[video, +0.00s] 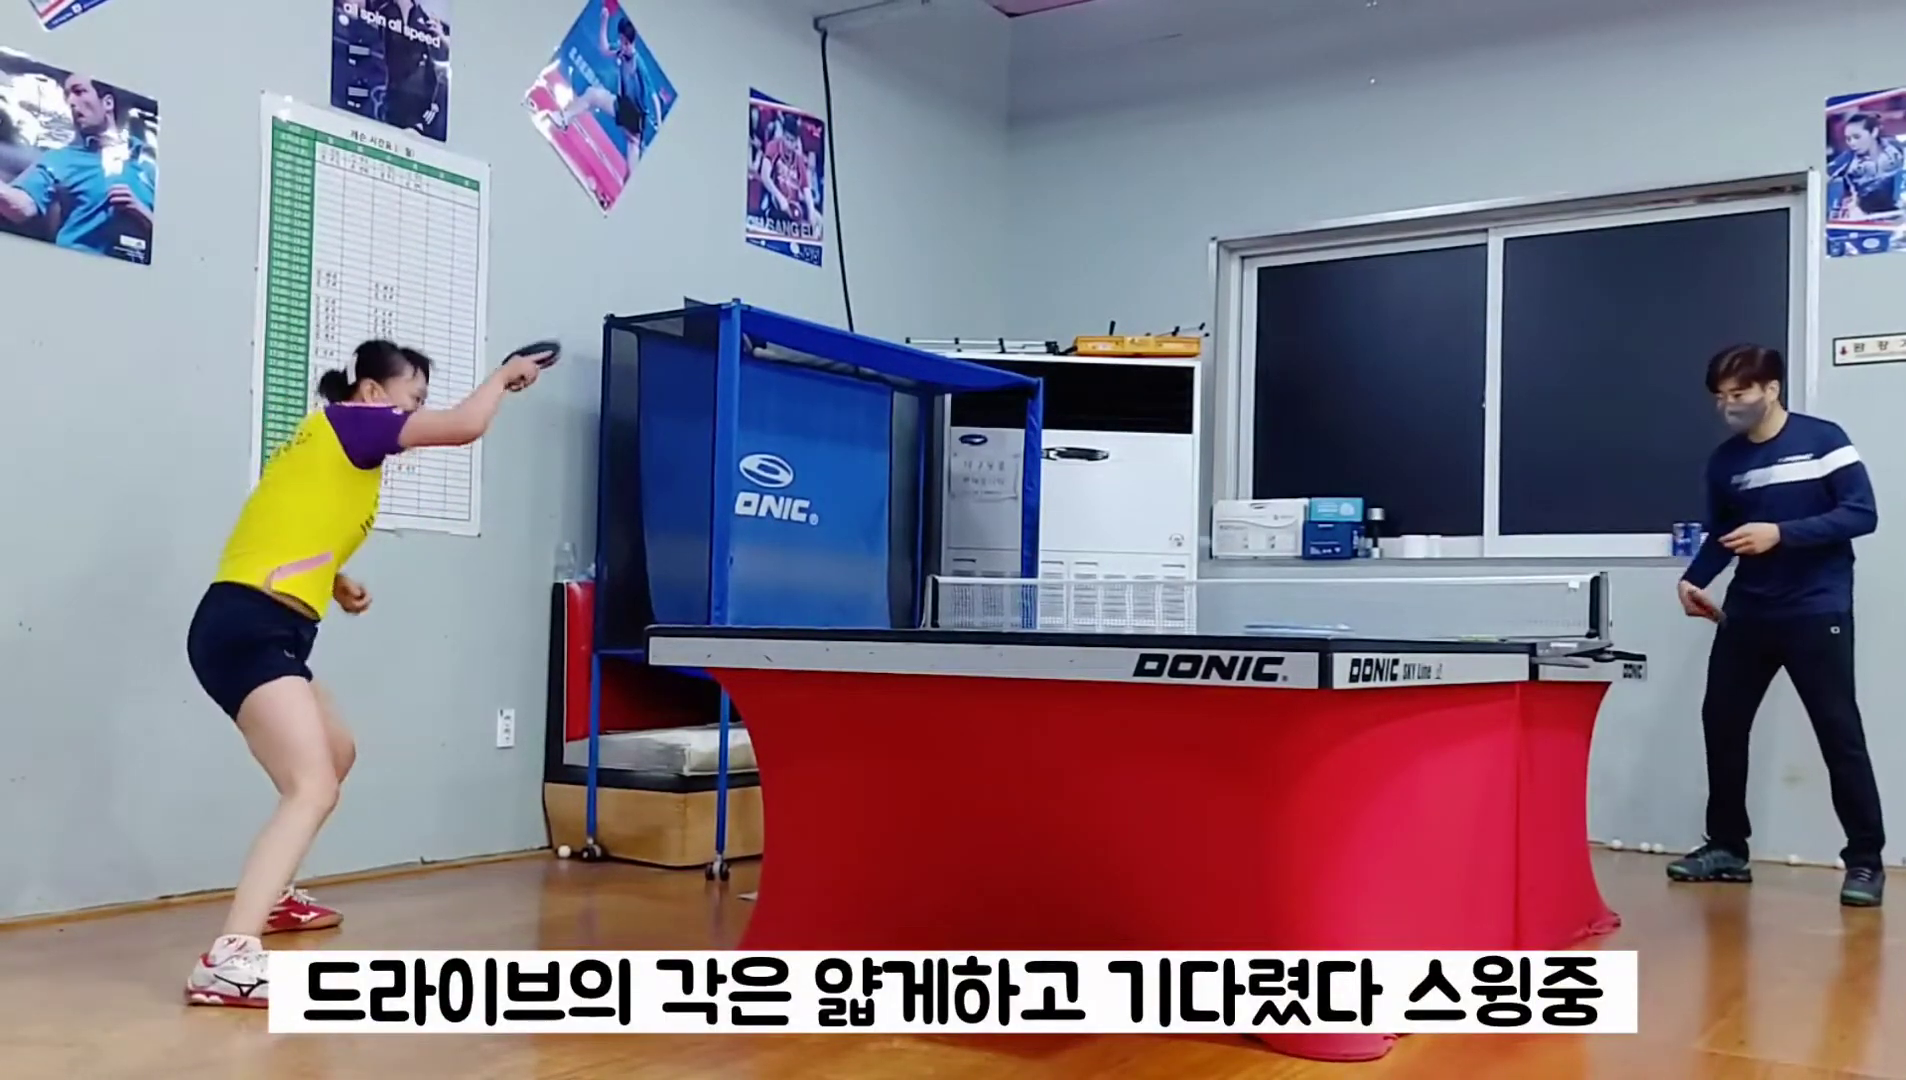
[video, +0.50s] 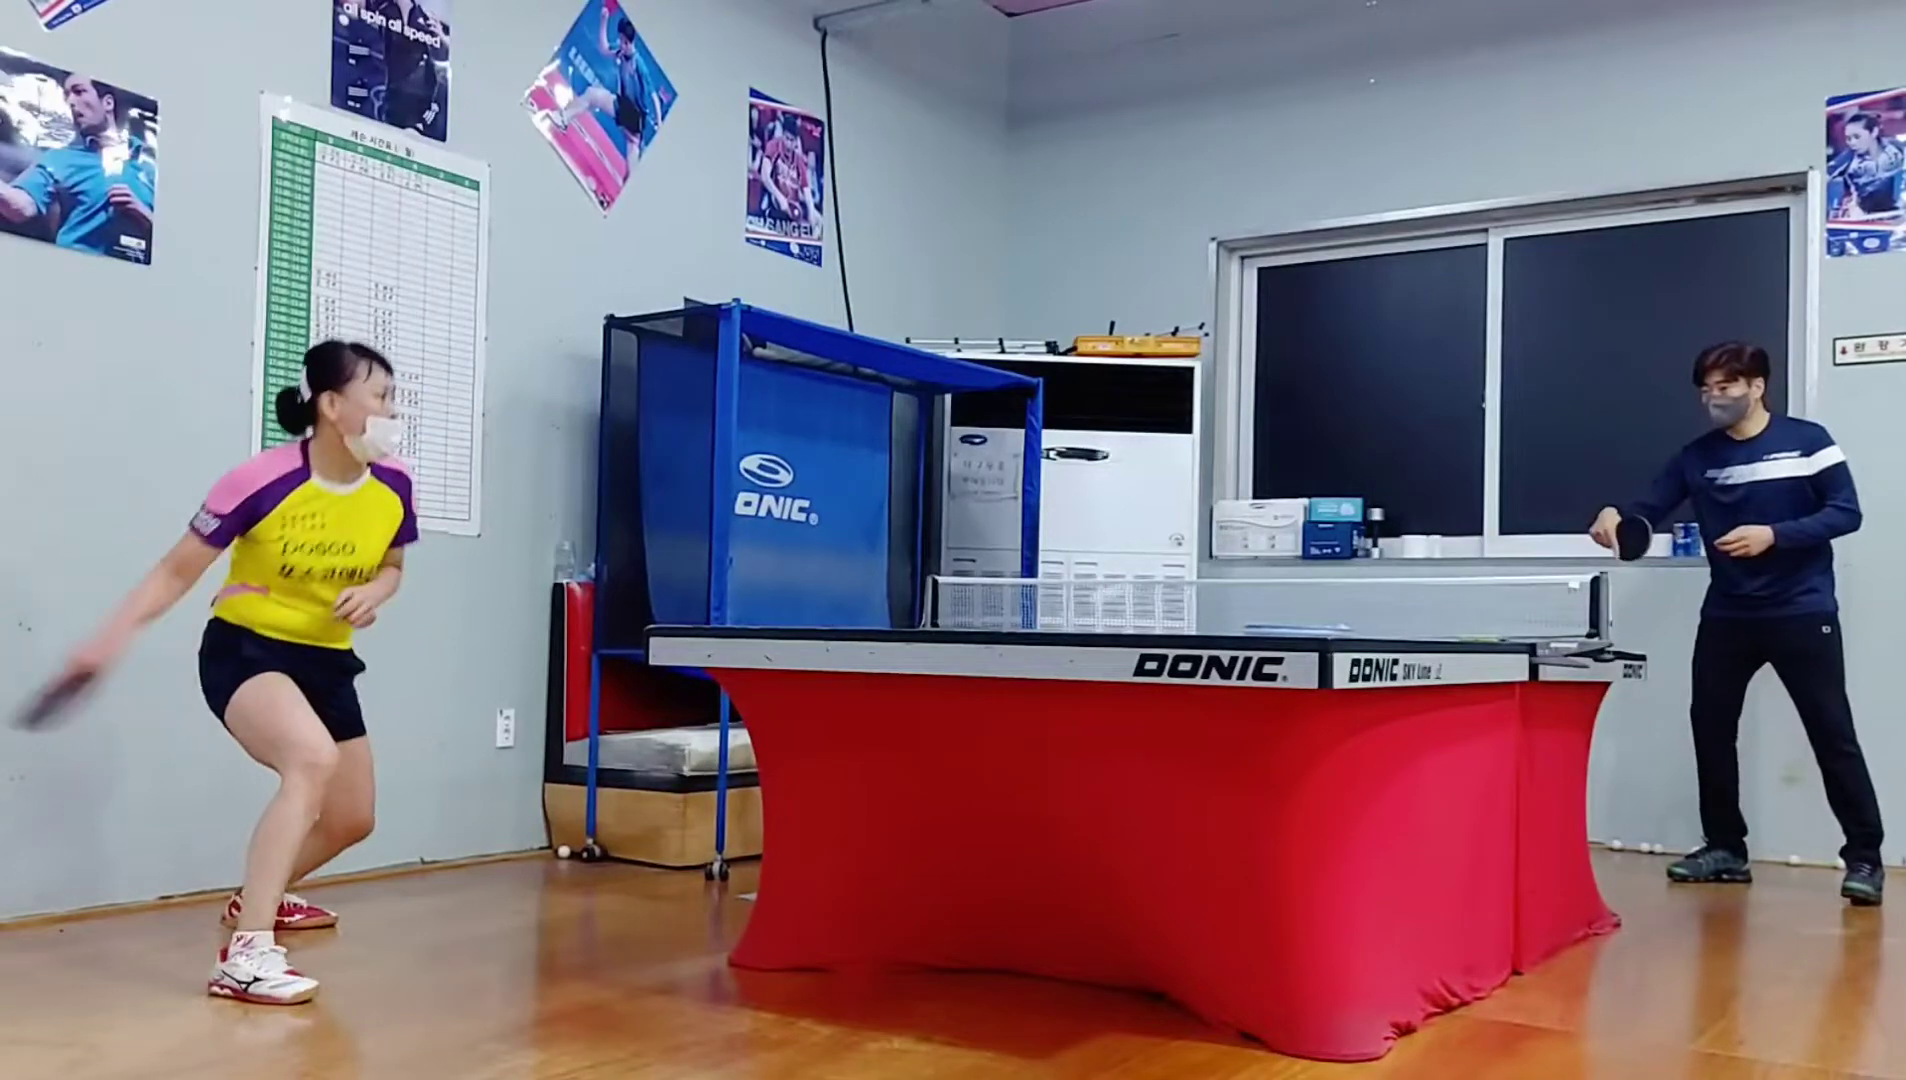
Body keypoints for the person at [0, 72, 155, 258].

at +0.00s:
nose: (71, 101)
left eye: (79, 91)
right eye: (67, 96)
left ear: (108, 103)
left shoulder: (149, 165)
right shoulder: (60, 159)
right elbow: (20, 207)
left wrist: (142, 212)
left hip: (134, 270)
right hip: (74, 261)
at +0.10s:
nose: (71, 101)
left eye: (79, 91)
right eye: (67, 96)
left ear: (108, 103)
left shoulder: (149, 165)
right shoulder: (59, 159)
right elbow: (20, 207)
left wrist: (142, 212)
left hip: (134, 270)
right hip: (74, 260)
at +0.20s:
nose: (71, 101)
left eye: (79, 91)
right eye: (67, 96)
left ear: (108, 103)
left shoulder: (149, 165)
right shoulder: (60, 159)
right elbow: (20, 207)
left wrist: (142, 212)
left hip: (134, 270)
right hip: (74, 260)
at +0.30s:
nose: (70, 101)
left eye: (79, 91)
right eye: (67, 96)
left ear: (108, 103)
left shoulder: (149, 164)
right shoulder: (59, 159)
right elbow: (20, 207)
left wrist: (142, 212)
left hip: (134, 270)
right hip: (74, 260)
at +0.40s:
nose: (71, 101)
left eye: (79, 91)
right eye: (67, 96)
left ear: (108, 103)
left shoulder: (149, 164)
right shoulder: (60, 159)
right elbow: (20, 207)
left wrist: (142, 212)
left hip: (134, 270)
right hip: (75, 260)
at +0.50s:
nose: (70, 101)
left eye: (79, 91)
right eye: (67, 96)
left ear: (108, 102)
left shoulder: (150, 163)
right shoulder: (59, 159)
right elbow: (19, 208)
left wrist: (144, 213)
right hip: (75, 261)